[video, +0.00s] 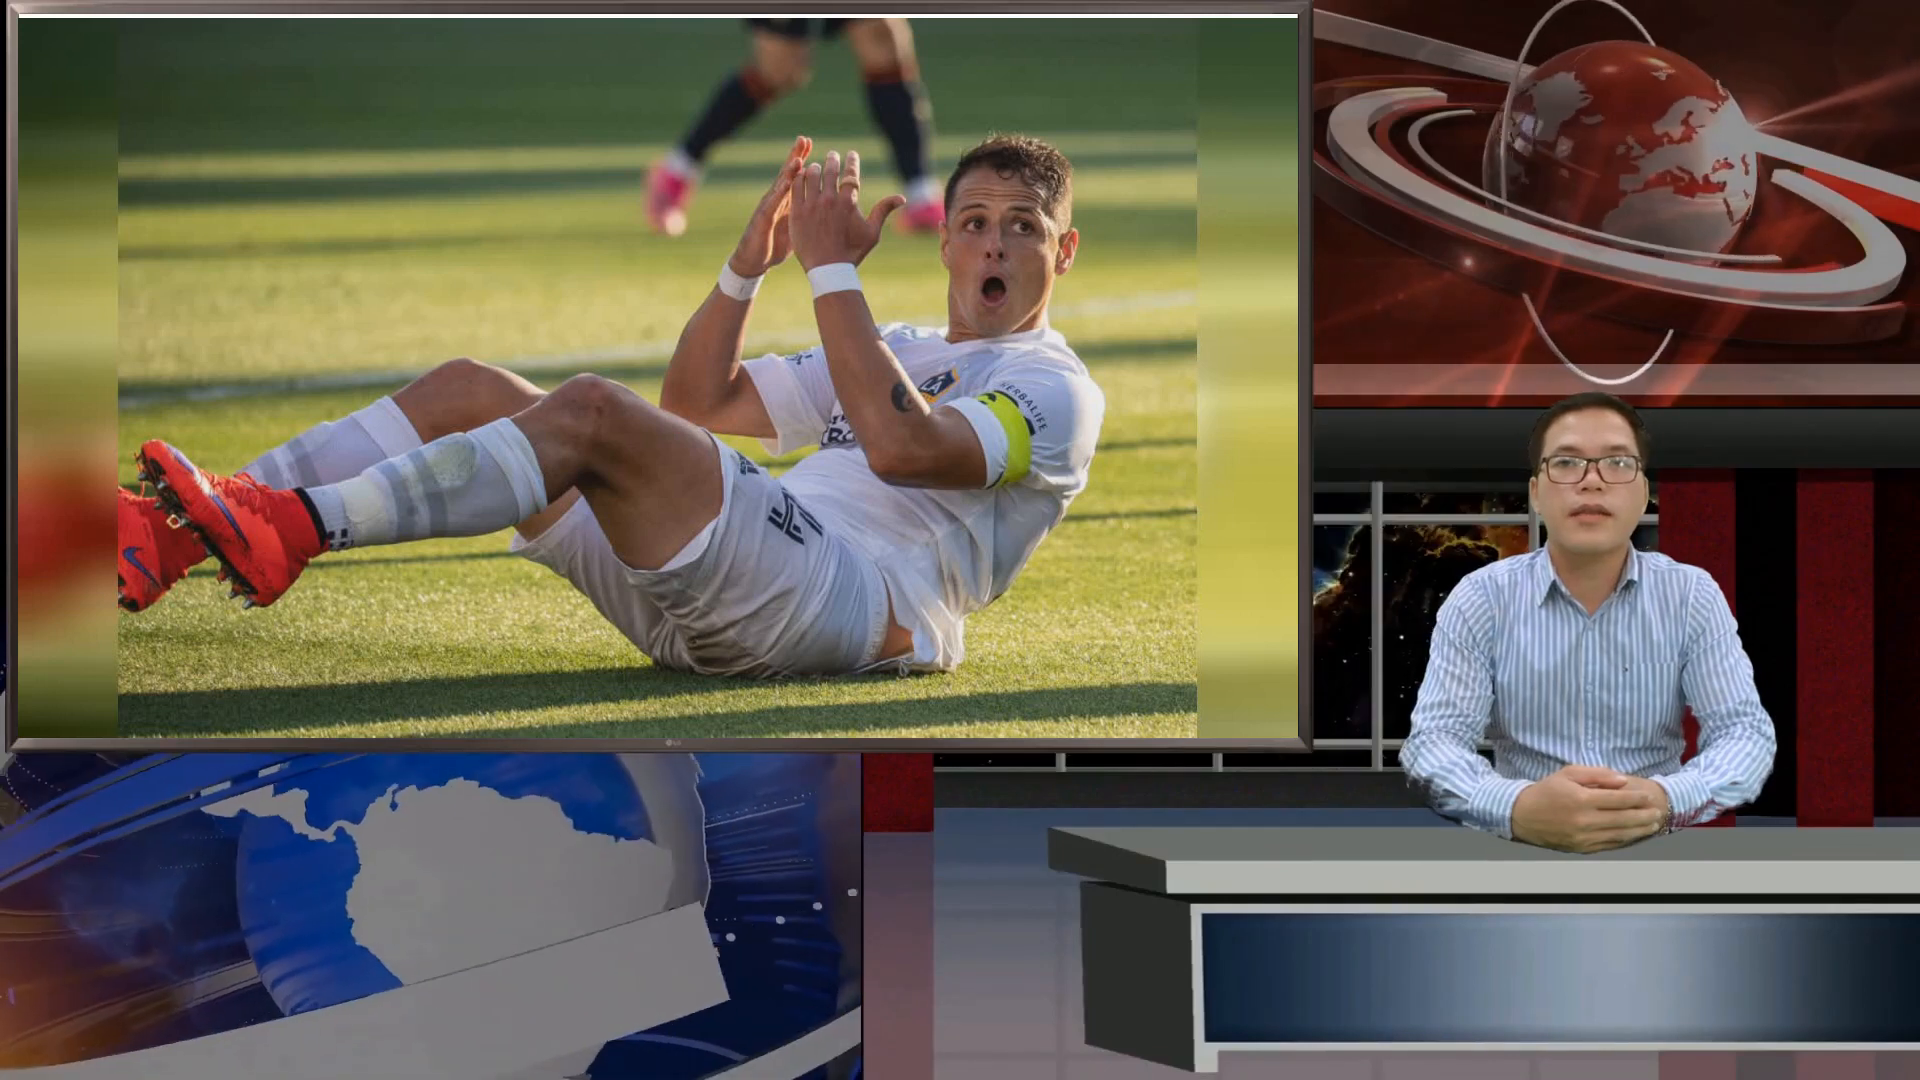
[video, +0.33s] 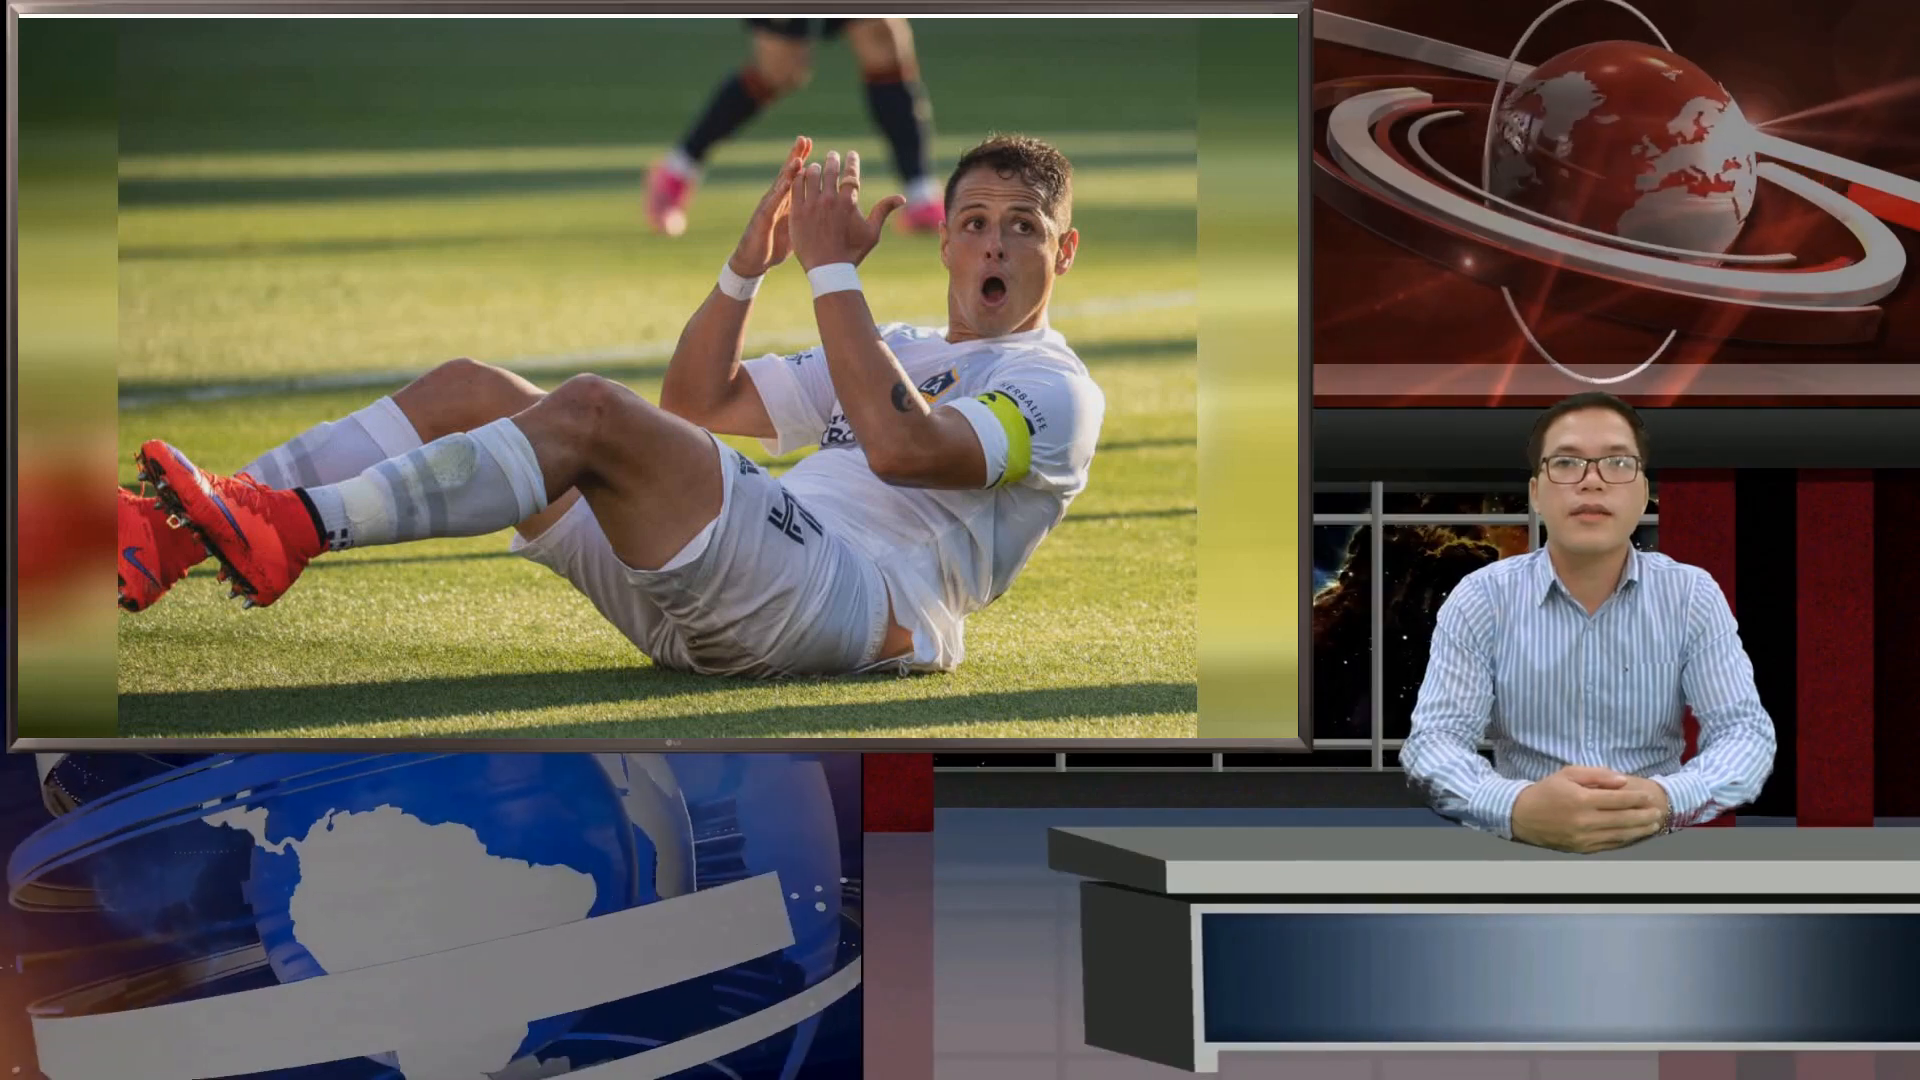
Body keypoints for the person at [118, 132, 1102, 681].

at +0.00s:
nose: (997, 245)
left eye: (1024, 229)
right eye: (977, 223)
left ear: (1065, 257)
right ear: (943, 241)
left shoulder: (1056, 388)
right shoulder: (892, 359)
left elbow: (901, 446)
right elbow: (694, 406)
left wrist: (833, 268)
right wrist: (747, 268)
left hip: (839, 603)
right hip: (731, 572)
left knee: (592, 413)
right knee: (467, 388)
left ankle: (299, 525)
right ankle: (179, 539)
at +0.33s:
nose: (995, 246)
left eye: (1022, 230)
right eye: (976, 224)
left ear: (1065, 258)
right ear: (943, 240)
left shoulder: (1055, 389)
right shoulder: (892, 358)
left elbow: (902, 447)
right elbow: (695, 404)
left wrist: (833, 270)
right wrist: (746, 270)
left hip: (840, 603)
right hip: (732, 571)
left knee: (592, 413)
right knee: (468, 390)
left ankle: (300, 524)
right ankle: (179, 539)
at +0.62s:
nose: (995, 246)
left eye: (1022, 230)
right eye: (976, 224)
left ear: (1065, 258)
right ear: (943, 240)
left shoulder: (1055, 389)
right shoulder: (892, 358)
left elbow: (902, 447)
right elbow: (695, 405)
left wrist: (833, 270)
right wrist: (746, 270)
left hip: (840, 603)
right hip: (732, 571)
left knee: (592, 413)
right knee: (468, 389)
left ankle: (300, 524)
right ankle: (179, 538)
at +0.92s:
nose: (995, 246)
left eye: (1022, 230)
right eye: (976, 224)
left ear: (1065, 257)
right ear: (942, 241)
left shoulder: (1055, 389)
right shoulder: (892, 358)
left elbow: (901, 447)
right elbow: (695, 405)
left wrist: (833, 270)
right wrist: (747, 269)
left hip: (840, 603)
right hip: (732, 573)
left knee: (592, 413)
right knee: (468, 389)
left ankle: (299, 525)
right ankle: (179, 538)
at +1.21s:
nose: (995, 246)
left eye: (1022, 230)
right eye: (975, 224)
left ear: (1065, 257)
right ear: (942, 241)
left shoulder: (1055, 389)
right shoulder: (892, 358)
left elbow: (902, 447)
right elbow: (695, 405)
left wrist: (833, 270)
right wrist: (747, 270)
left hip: (840, 603)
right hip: (732, 573)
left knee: (592, 413)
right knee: (468, 389)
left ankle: (299, 525)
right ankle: (179, 539)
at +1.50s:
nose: (995, 246)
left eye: (1022, 230)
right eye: (976, 224)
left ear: (1065, 258)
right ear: (943, 240)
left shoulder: (1055, 389)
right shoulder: (892, 357)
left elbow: (902, 447)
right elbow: (695, 404)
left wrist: (833, 270)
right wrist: (746, 270)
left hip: (840, 602)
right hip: (733, 571)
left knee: (592, 413)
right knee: (468, 389)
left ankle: (299, 525)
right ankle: (179, 539)